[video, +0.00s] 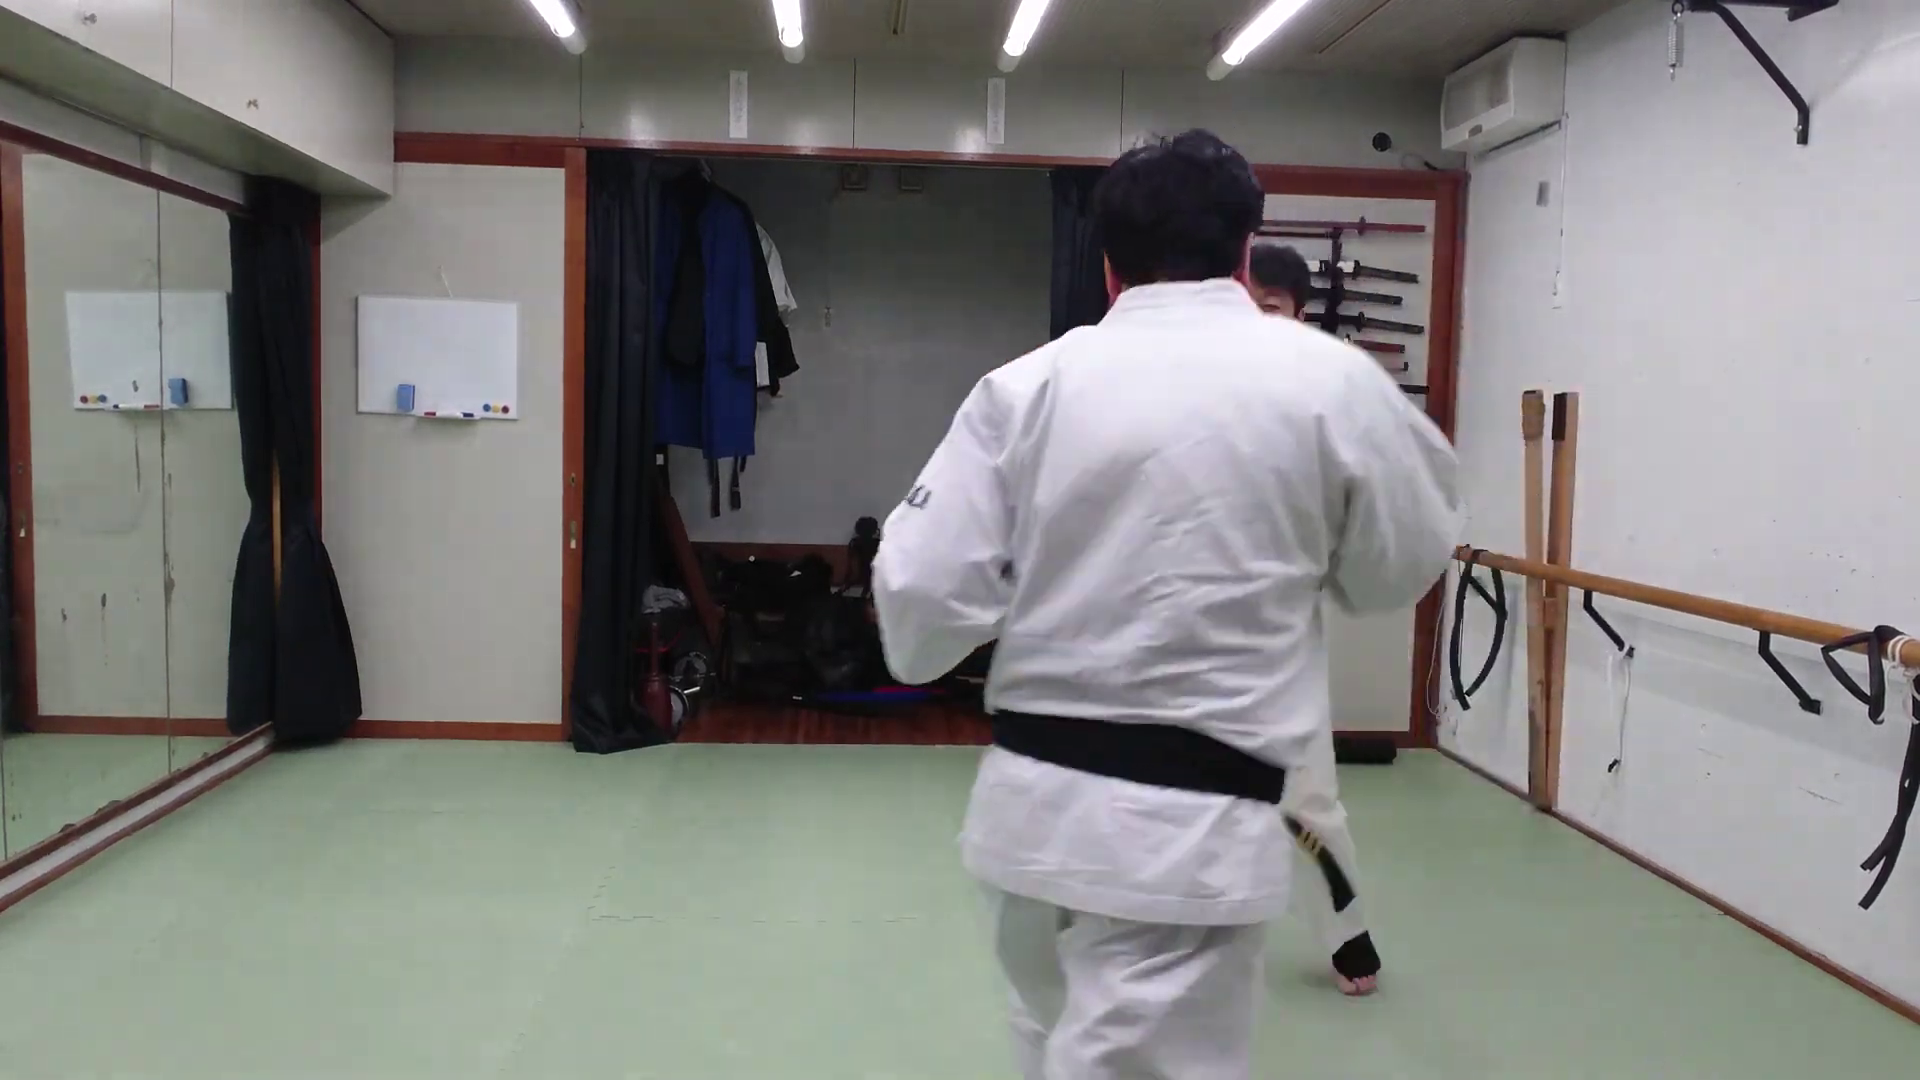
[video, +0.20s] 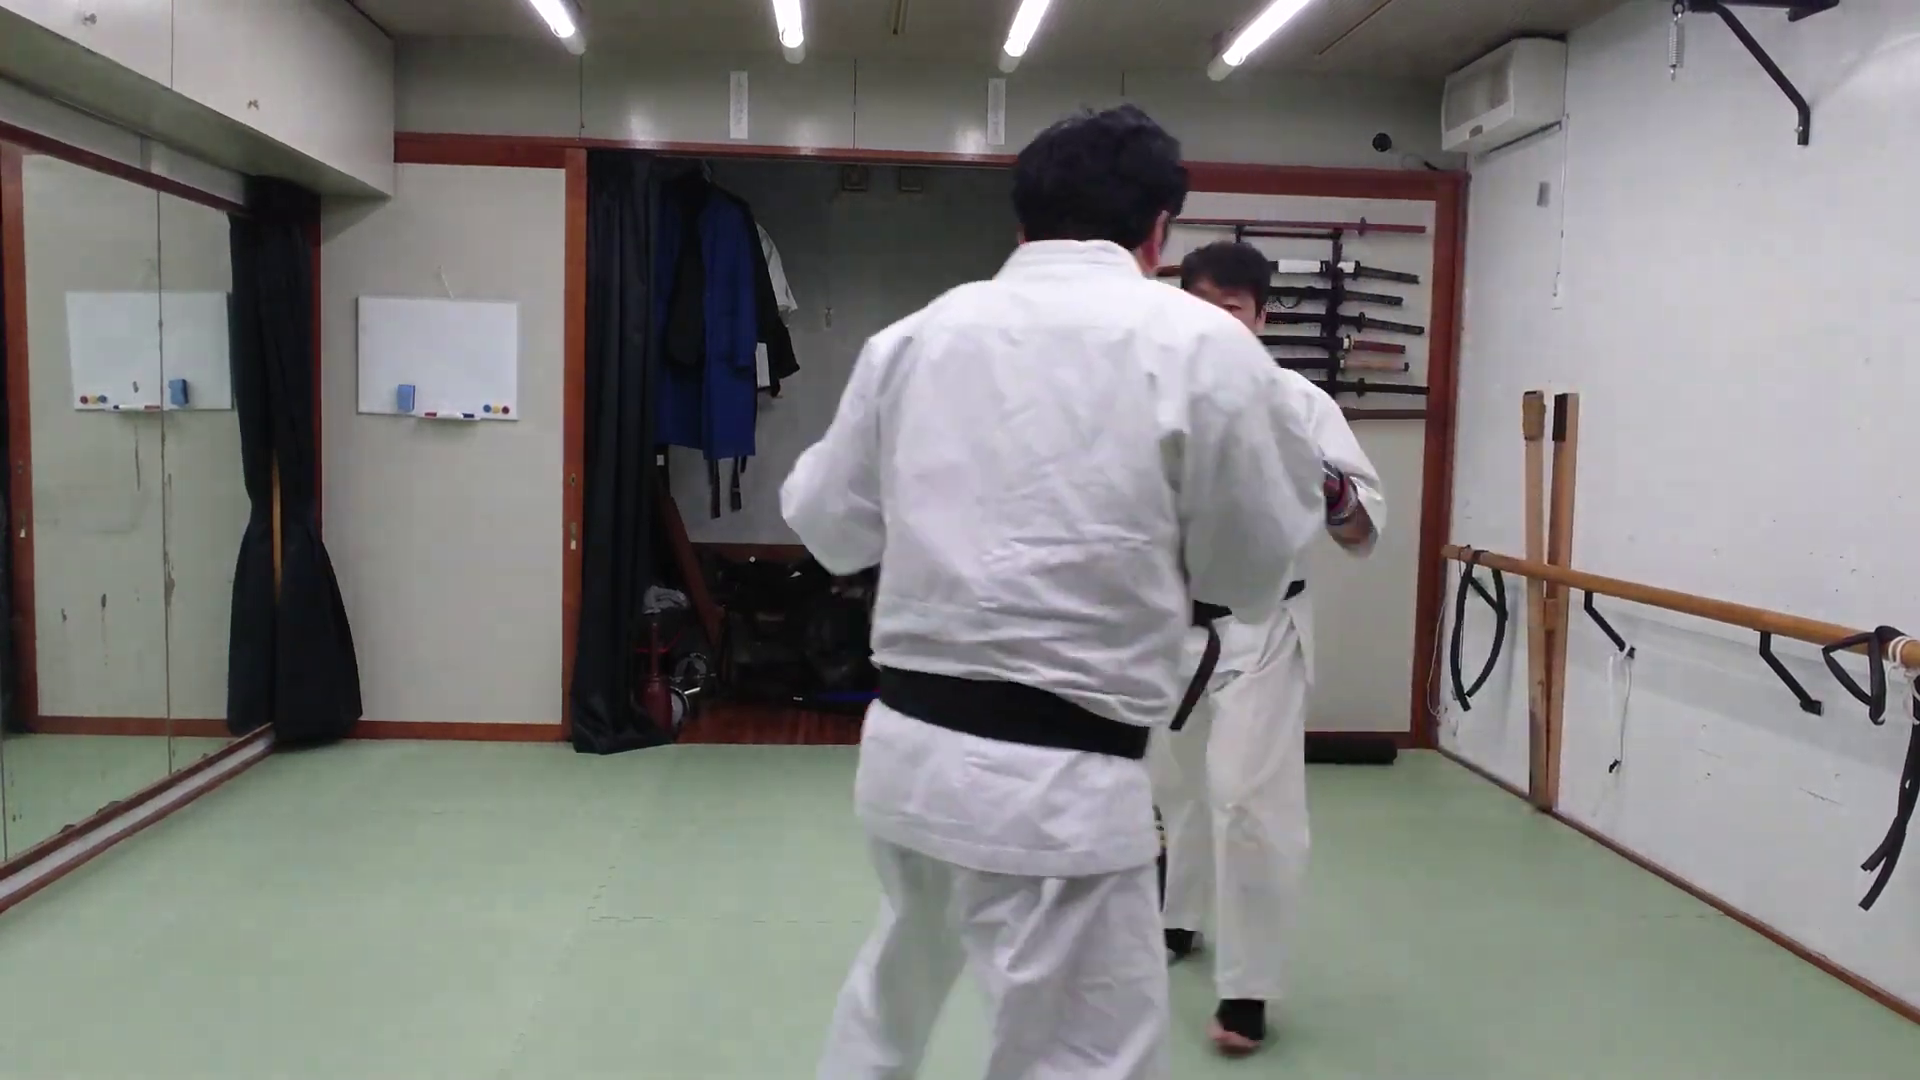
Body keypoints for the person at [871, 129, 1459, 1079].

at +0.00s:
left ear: (1111, 268)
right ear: (1244, 255)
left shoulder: (1033, 384)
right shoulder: (1326, 379)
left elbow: (920, 590)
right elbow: (1397, 567)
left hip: (1031, 813)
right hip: (1199, 830)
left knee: (1049, 1048)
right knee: (1142, 1064)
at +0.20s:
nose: (1175, 244)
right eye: (1175, 224)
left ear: (1023, 220)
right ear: (1155, 230)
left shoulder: (922, 334)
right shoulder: (1205, 349)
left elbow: (825, 514)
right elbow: (1252, 570)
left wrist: (946, 519)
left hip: (902, 757)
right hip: (1065, 793)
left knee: (893, 983)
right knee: (1079, 1059)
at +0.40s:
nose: (1031, 302)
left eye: (1031, 279)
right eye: (1031, 276)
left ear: (900, 264)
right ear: (1009, 277)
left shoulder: (797, 386)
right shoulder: (1009, 396)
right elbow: (1114, 567)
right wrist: (1129, 421)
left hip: (758, 782)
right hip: (892, 812)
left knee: (762, 1054)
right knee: (980, 1061)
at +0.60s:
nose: (904, 282)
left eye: (909, 261)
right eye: (906, 259)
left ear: (790, 234)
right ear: (876, 248)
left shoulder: (708, 338)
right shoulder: (866, 340)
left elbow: (829, 526)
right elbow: (988, 483)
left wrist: (1001, 533)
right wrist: (1016, 341)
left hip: (635, 745)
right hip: (748, 767)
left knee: (706, 1047)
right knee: (797, 1053)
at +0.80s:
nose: (795, 343)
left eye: (800, 314)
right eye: (796, 312)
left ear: (718, 299)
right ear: (749, 301)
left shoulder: (644, 382)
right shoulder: (686, 409)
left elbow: (784, 575)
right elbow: (862, 556)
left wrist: (872, 708)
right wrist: (924, 422)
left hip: (668, 835)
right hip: (556, 842)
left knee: (717, 1063)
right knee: (526, 1064)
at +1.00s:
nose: (783, 383)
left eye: (787, 359)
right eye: (784, 357)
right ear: (741, 345)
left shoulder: (620, 428)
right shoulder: (659, 454)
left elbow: (641, 642)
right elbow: (684, 645)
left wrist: (780, 678)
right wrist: (818, 579)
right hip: (530, 844)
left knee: (674, 1002)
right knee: (504, 1061)